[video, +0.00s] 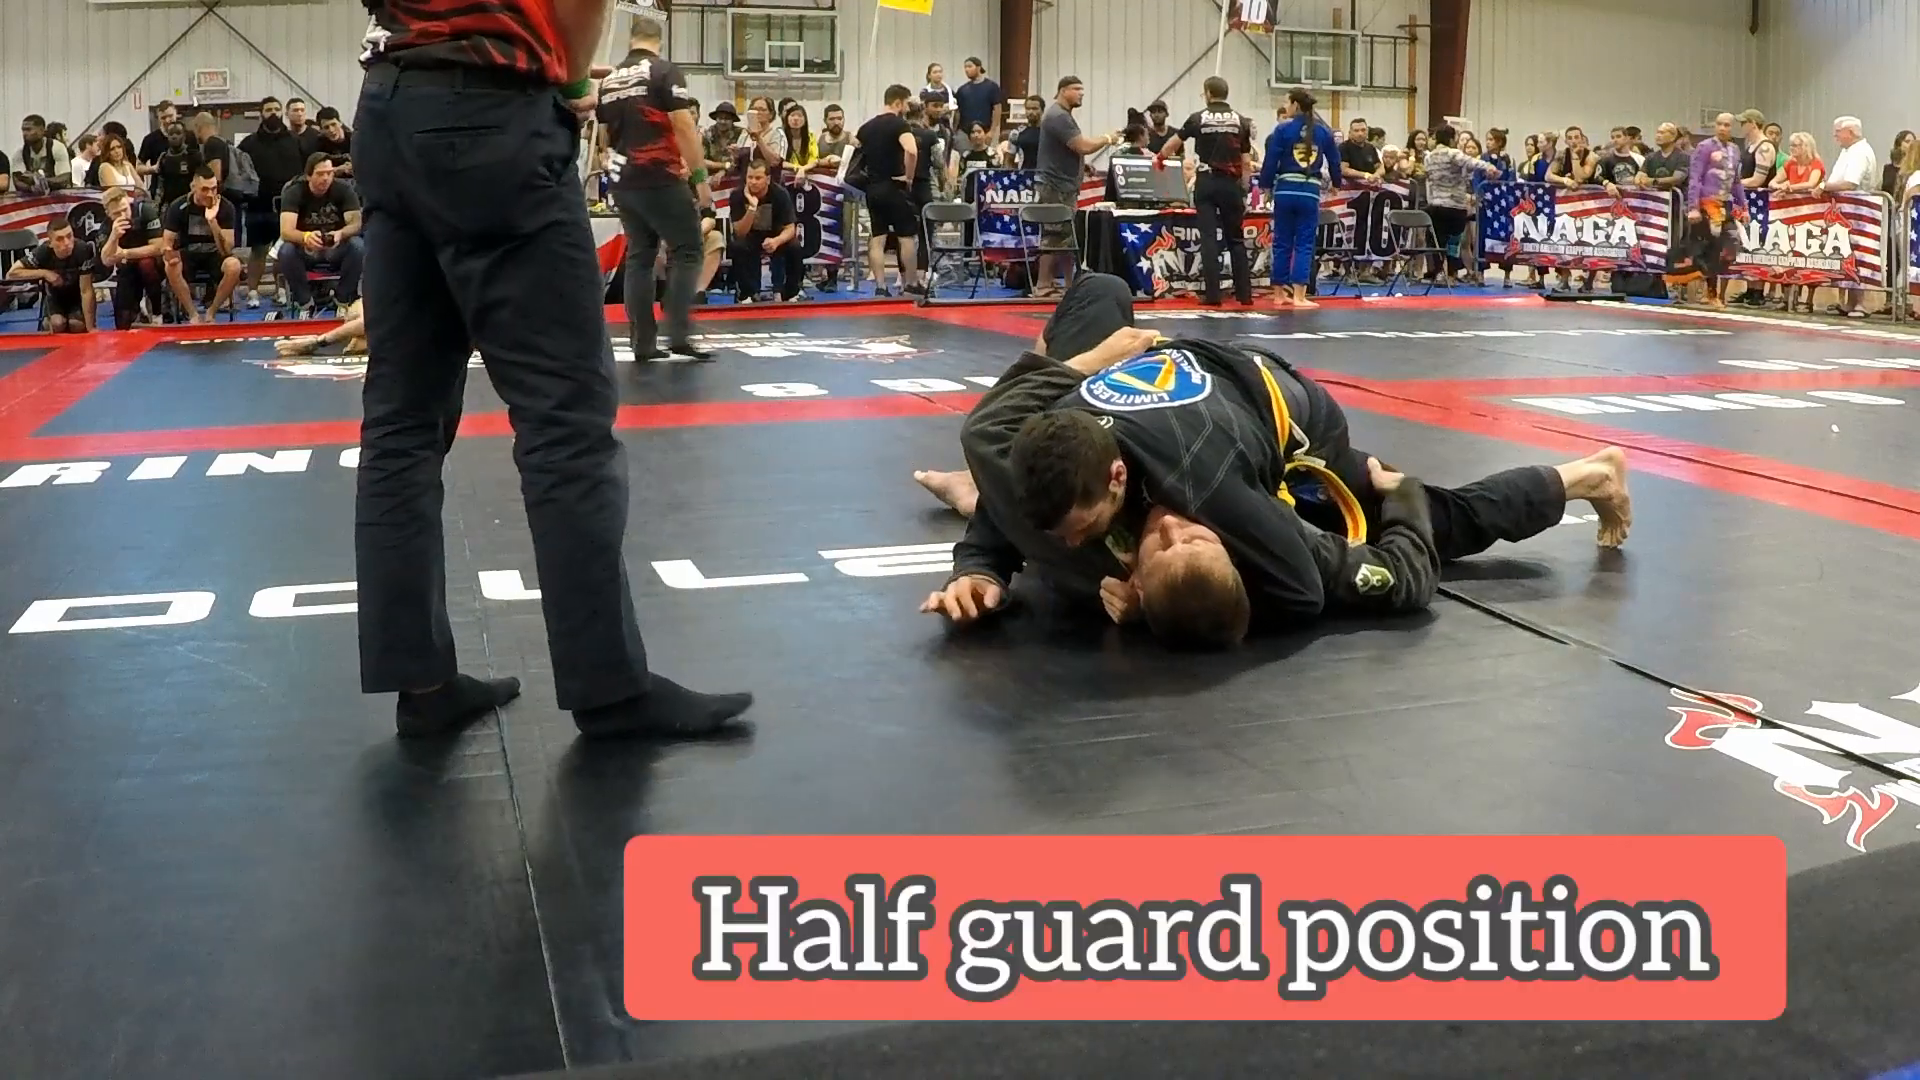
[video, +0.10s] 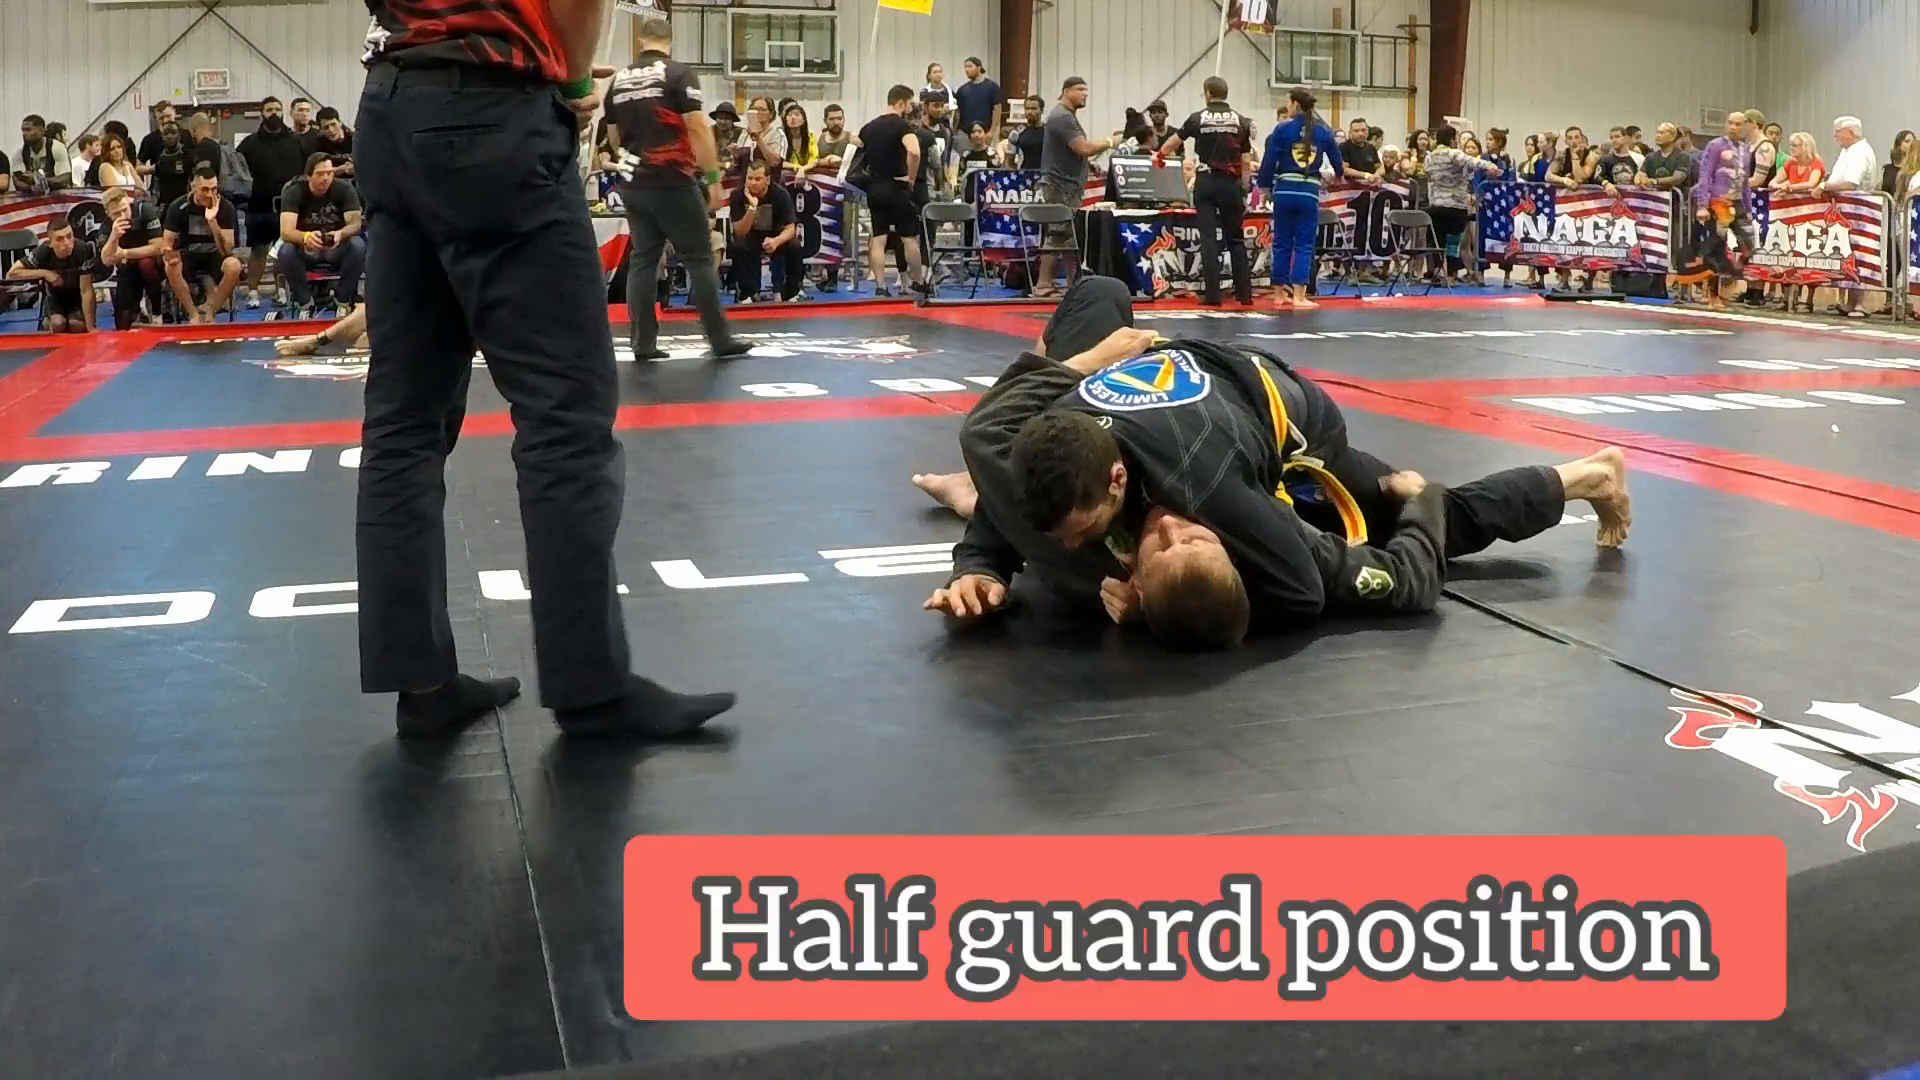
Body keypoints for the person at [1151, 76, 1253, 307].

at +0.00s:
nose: (1203, 95)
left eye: (1204, 92)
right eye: (1205, 92)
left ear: (1207, 94)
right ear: (1227, 94)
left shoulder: (1197, 119)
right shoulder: (1241, 121)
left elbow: (1170, 146)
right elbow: (1245, 159)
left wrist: (1160, 158)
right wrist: (1243, 185)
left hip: (1205, 181)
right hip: (1231, 183)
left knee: (1208, 238)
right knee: (1235, 239)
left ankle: (1212, 295)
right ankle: (1244, 295)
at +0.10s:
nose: (1202, 96)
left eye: (1203, 93)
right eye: (1204, 92)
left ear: (1207, 95)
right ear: (1226, 94)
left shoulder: (1197, 119)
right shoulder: (1241, 121)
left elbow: (1170, 146)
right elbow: (1245, 160)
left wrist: (1161, 156)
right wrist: (1244, 187)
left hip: (1205, 182)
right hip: (1231, 184)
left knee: (1208, 239)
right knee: (1236, 239)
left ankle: (1212, 296)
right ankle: (1244, 295)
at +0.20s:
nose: (1202, 96)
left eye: (1203, 93)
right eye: (1204, 93)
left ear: (1206, 95)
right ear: (1226, 94)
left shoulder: (1196, 118)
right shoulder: (1240, 120)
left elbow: (1173, 146)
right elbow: (1245, 160)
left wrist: (1163, 159)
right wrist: (1245, 188)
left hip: (1204, 182)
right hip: (1231, 183)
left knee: (1208, 238)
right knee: (1235, 239)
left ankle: (1212, 295)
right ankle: (1244, 295)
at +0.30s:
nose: (1202, 97)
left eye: (1203, 93)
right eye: (1204, 93)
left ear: (1206, 95)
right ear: (1226, 94)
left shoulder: (1196, 119)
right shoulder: (1241, 121)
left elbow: (1177, 148)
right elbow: (1245, 159)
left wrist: (1168, 169)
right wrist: (1245, 187)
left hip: (1203, 182)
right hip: (1230, 183)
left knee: (1207, 239)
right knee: (1236, 239)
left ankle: (1212, 295)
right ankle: (1244, 295)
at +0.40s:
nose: (1203, 96)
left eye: (1203, 93)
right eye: (1206, 93)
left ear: (1206, 95)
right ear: (1225, 94)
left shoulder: (1195, 120)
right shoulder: (1240, 121)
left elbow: (1181, 155)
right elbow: (1245, 160)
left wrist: (1176, 180)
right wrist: (1245, 187)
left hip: (1203, 181)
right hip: (1230, 182)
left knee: (1207, 238)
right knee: (1236, 239)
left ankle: (1212, 295)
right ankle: (1244, 294)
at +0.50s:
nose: (1202, 96)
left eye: (1202, 93)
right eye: (1205, 93)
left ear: (1205, 95)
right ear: (1224, 94)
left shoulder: (1195, 121)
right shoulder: (1240, 122)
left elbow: (1188, 158)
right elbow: (1245, 160)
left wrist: (1186, 183)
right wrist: (1244, 190)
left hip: (1203, 180)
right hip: (1230, 181)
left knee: (1207, 238)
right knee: (1236, 238)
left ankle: (1212, 294)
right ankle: (1244, 294)